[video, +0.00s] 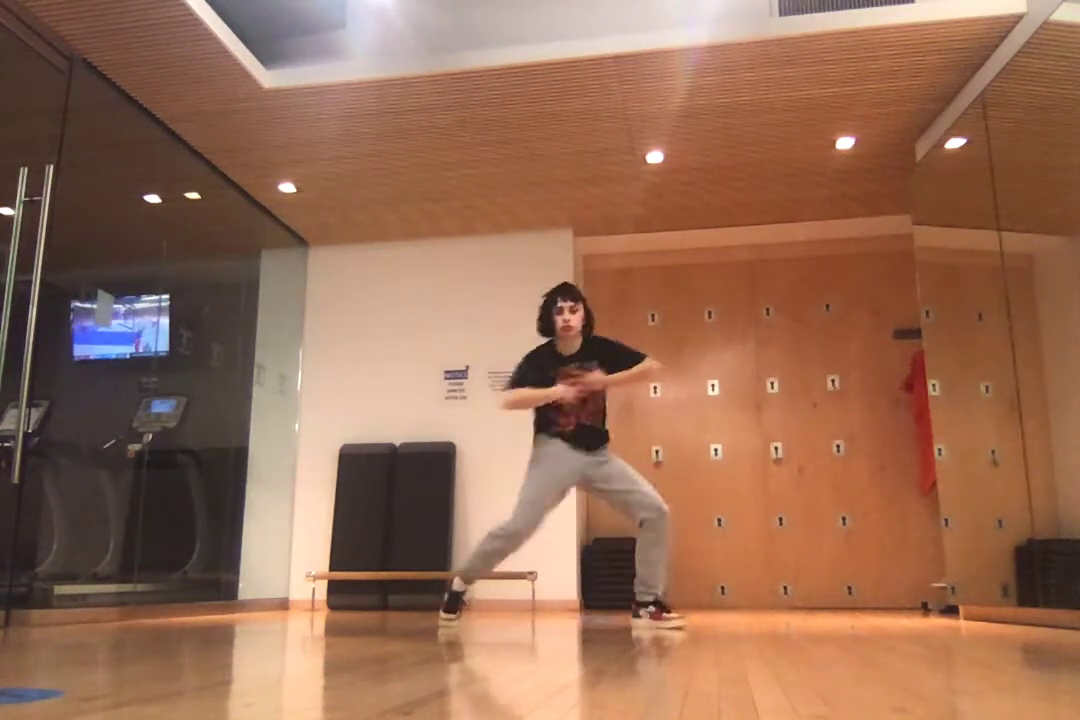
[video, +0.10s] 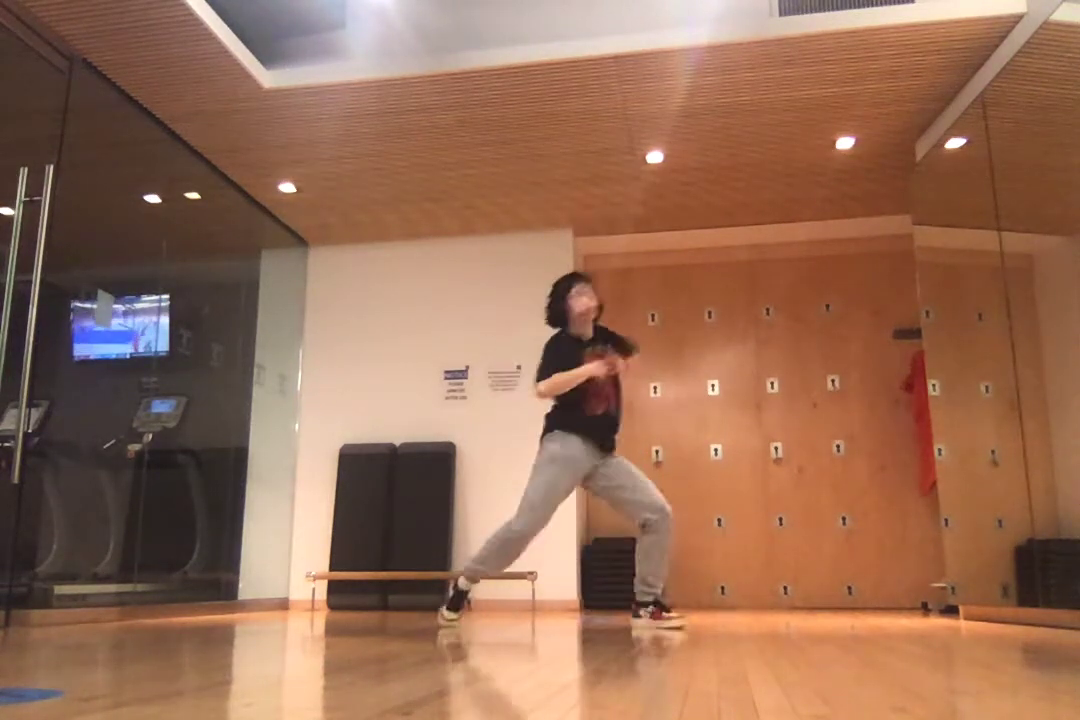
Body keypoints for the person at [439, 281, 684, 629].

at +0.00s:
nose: (567, 317)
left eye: (574, 310)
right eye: (559, 311)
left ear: (585, 315)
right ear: (549, 318)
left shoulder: (600, 349)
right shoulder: (540, 358)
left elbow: (652, 366)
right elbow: (510, 399)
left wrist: (605, 381)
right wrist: (556, 393)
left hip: (597, 456)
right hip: (554, 454)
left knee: (654, 512)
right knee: (521, 525)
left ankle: (647, 602)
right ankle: (459, 586)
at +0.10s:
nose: (585, 300)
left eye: (588, 293)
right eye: (576, 295)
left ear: (597, 301)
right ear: (563, 306)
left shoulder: (607, 340)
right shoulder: (560, 343)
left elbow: (632, 353)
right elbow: (544, 388)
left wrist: (620, 362)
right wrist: (588, 370)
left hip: (602, 452)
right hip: (566, 444)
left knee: (656, 514)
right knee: (526, 525)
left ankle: (647, 603)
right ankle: (463, 584)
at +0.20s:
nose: (610, 294)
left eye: (608, 288)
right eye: (603, 288)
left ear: (594, 296)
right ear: (584, 294)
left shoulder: (601, 337)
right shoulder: (576, 332)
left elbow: (585, 383)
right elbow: (553, 385)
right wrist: (601, 364)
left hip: (611, 447)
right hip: (573, 441)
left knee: (659, 514)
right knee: (526, 516)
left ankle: (650, 604)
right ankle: (468, 582)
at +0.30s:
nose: (607, 305)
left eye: (606, 298)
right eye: (603, 299)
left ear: (582, 300)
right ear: (590, 301)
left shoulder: (596, 339)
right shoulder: (572, 334)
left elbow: (573, 382)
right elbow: (555, 378)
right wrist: (603, 356)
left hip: (611, 446)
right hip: (574, 441)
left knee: (652, 514)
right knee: (537, 525)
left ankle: (650, 604)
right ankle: (474, 584)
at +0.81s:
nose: (543, 288)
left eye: (543, 284)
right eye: (537, 283)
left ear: (536, 298)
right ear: (522, 293)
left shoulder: (541, 331)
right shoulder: (515, 325)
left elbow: (574, 314)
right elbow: (541, 279)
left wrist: (597, 285)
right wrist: (577, 257)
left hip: (513, 448)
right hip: (481, 438)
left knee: (539, 516)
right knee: (433, 517)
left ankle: (522, 602)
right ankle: (351, 578)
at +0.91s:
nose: (504, 277)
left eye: (502, 272)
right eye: (495, 274)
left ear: (500, 281)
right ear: (479, 285)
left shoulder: (519, 320)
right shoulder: (485, 311)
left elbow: (559, 314)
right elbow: (519, 276)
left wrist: (598, 301)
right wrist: (572, 267)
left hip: (507, 437)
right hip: (471, 426)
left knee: (523, 509)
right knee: (424, 506)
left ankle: (521, 602)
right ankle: (359, 581)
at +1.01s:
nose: (475, 286)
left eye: (479, 280)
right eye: (466, 282)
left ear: (489, 283)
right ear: (451, 289)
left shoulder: (501, 319)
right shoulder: (451, 314)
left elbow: (541, 333)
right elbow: (482, 301)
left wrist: (581, 341)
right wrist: (535, 302)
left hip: (502, 428)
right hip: (460, 423)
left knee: (513, 512)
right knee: (416, 507)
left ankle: (522, 600)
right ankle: (357, 582)